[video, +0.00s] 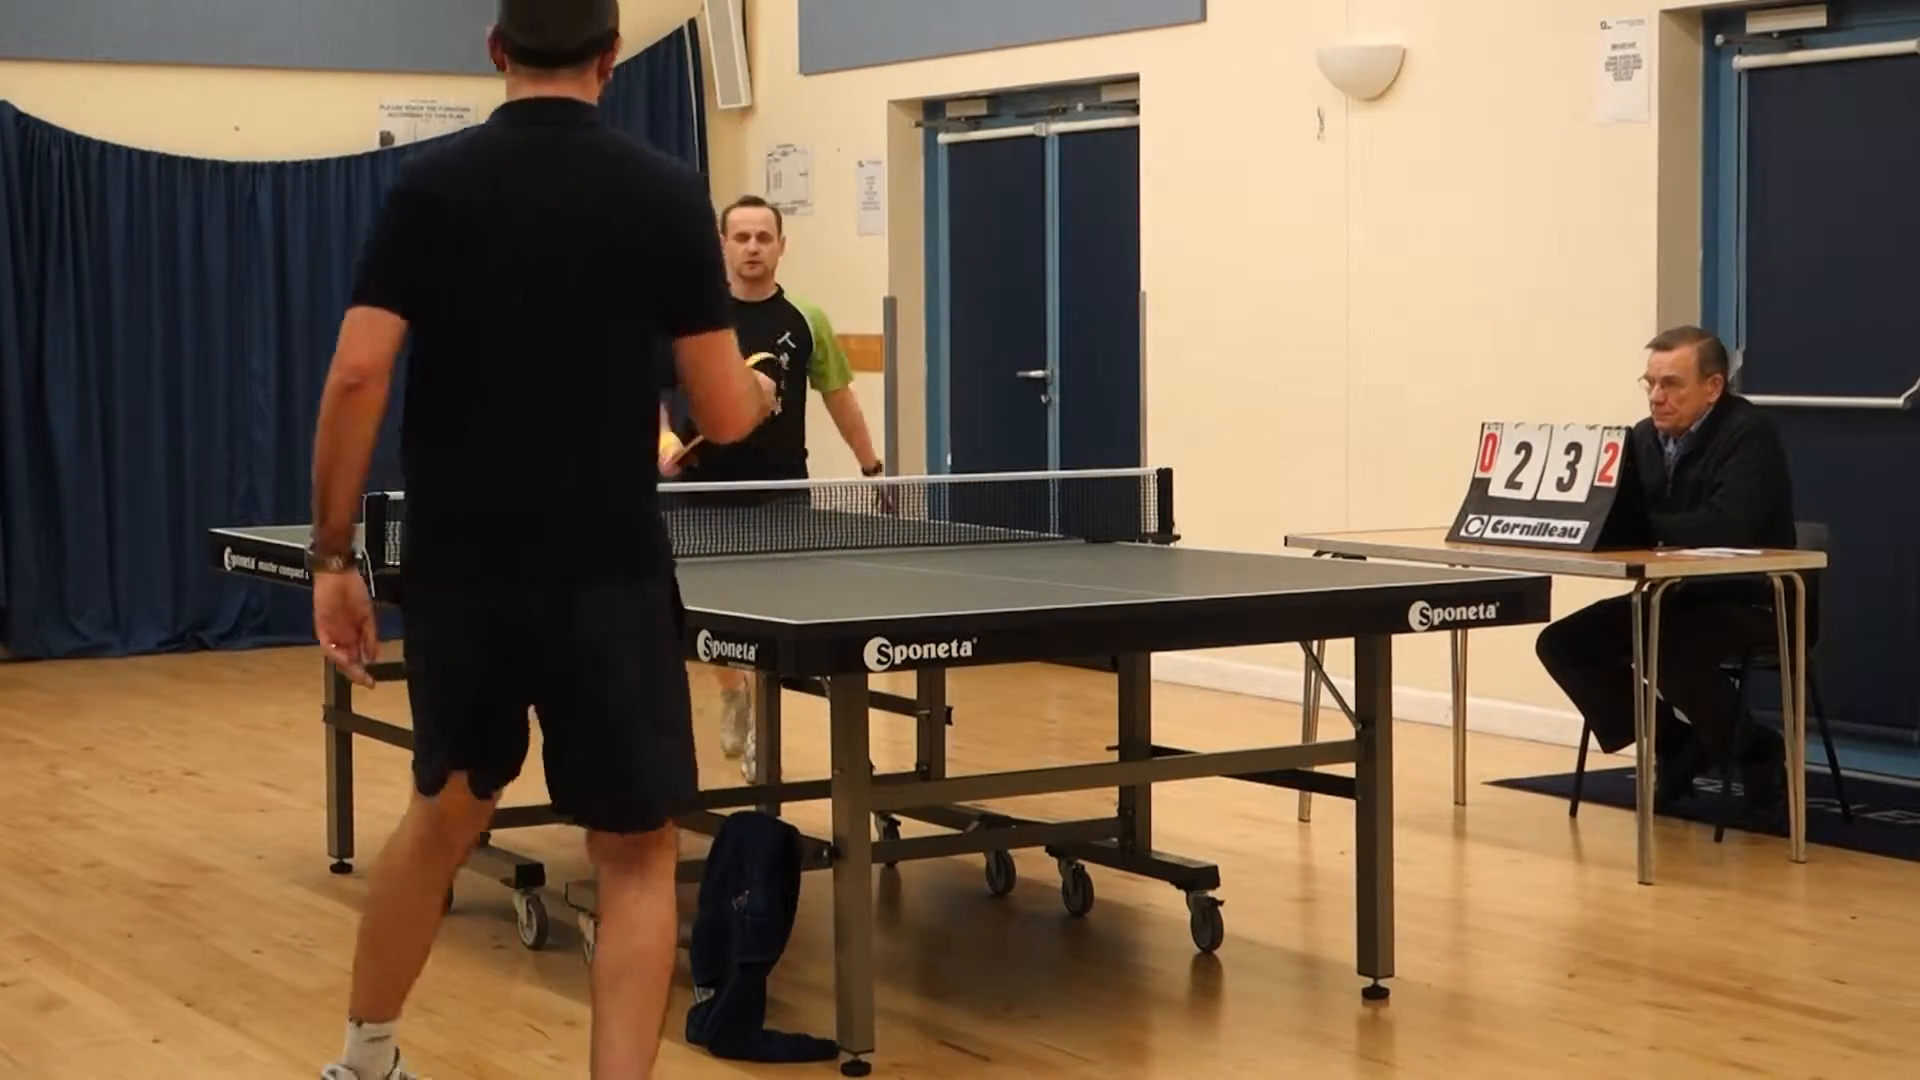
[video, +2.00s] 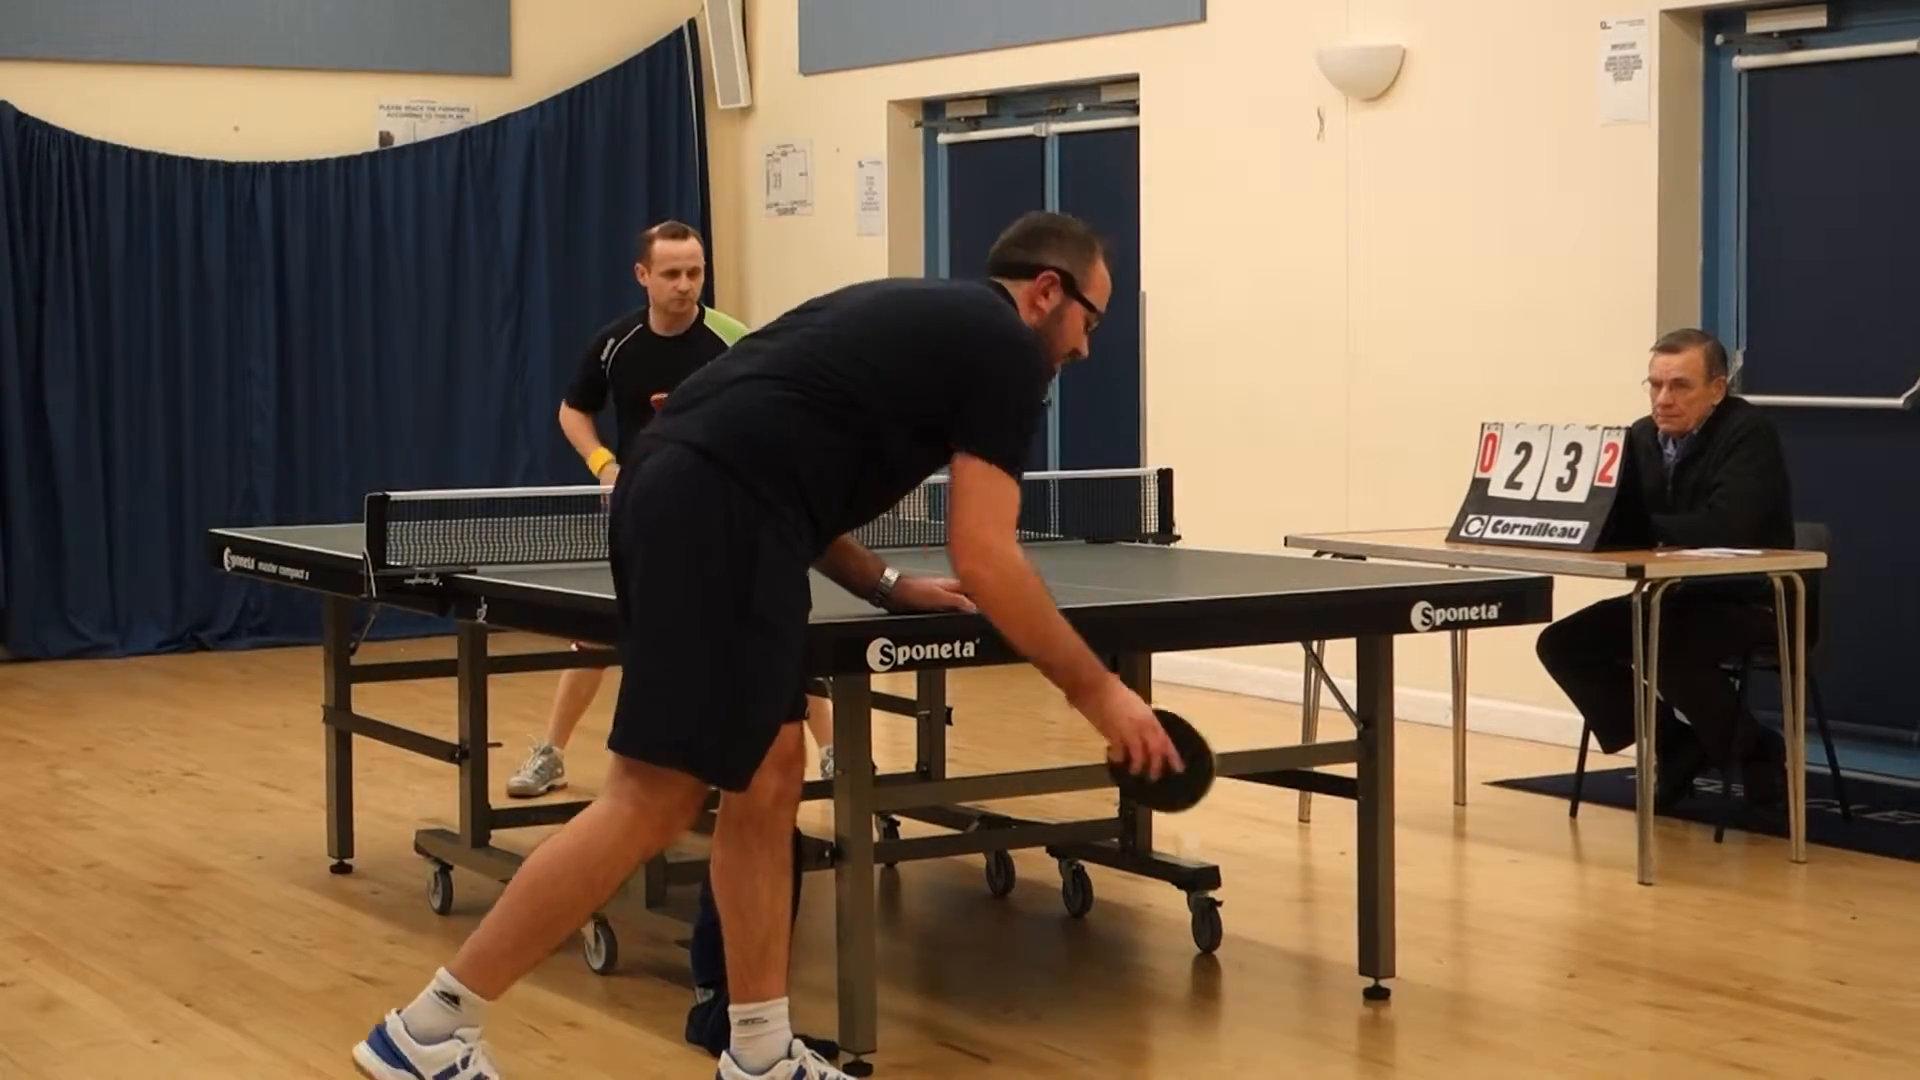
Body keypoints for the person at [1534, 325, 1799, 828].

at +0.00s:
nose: (1656, 396)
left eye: (1671, 383)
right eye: (1651, 382)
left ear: (1713, 387)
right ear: (1645, 383)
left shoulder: (1749, 434)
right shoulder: (1643, 439)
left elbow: (1734, 525)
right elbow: (1608, 511)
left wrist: (1638, 530)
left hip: (1760, 601)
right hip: (1674, 597)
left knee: (1669, 647)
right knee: (1562, 643)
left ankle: (1754, 749)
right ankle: (1674, 742)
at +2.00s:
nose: (1663, 399)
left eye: (1680, 385)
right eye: (1656, 384)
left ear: (1717, 389)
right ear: (1647, 385)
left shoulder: (1749, 433)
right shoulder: (1641, 438)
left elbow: (1731, 526)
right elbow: (1609, 517)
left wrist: (1637, 529)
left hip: (1755, 599)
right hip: (1672, 595)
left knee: (1669, 647)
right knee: (1561, 645)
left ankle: (1756, 749)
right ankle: (1675, 743)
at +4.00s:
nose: (1656, 398)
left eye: (1671, 385)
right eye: (1651, 384)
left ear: (1713, 388)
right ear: (1644, 385)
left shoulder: (1747, 433)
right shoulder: (1642, 437)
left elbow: (1733, 526)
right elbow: (1607, 513)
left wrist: (1638, 531)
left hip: (1756, 600)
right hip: (1673, 595)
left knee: (1665, 644)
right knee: (1562, 644)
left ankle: (1757, 753)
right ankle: (1674, 741)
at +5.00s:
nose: (1639, 396)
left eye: (1653, 385)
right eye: (1640, 383)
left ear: (1698, 393)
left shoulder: (1746, 435)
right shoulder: (1642, 439)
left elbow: (1734, 528)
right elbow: (1623, 529)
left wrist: (1647, 532)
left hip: (1755, 597)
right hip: (1677, 592)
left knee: (1670, 642)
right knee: (1605, 629)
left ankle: (1758, 753)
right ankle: (1675, 742)